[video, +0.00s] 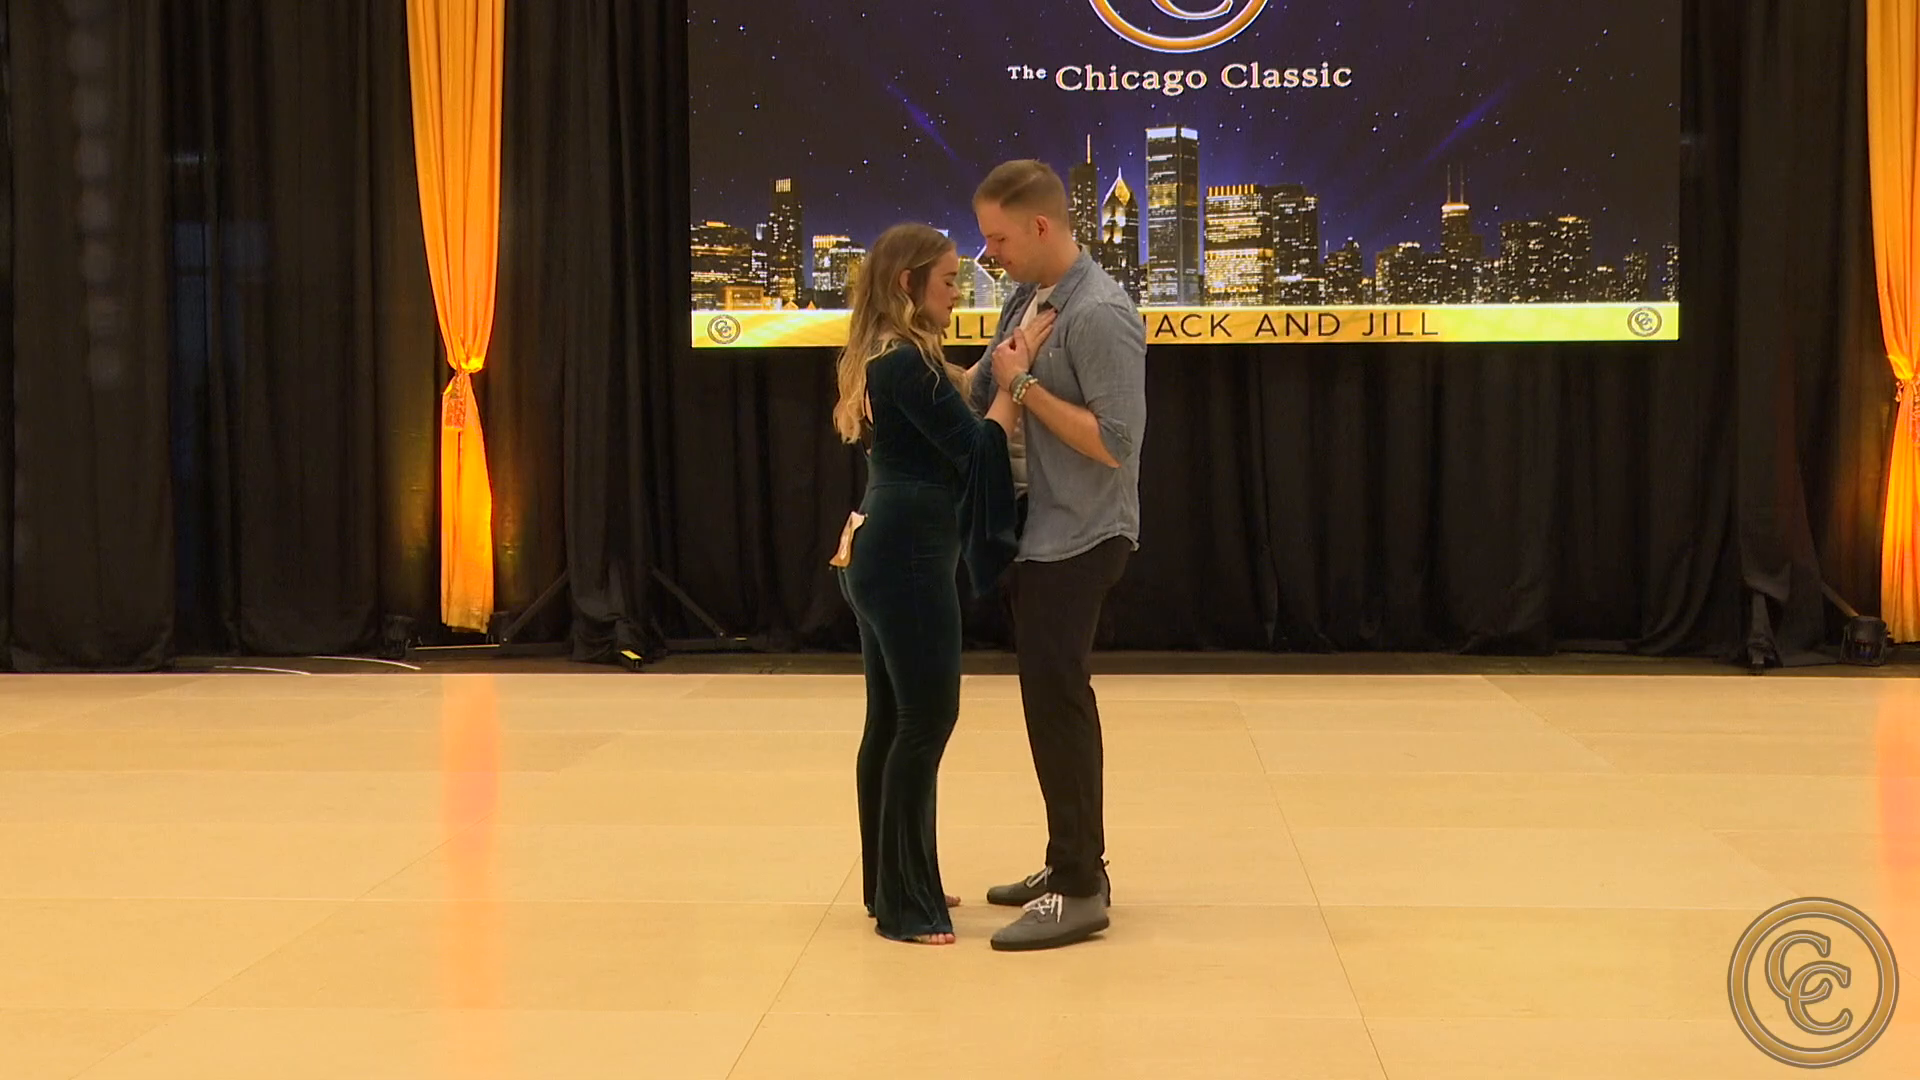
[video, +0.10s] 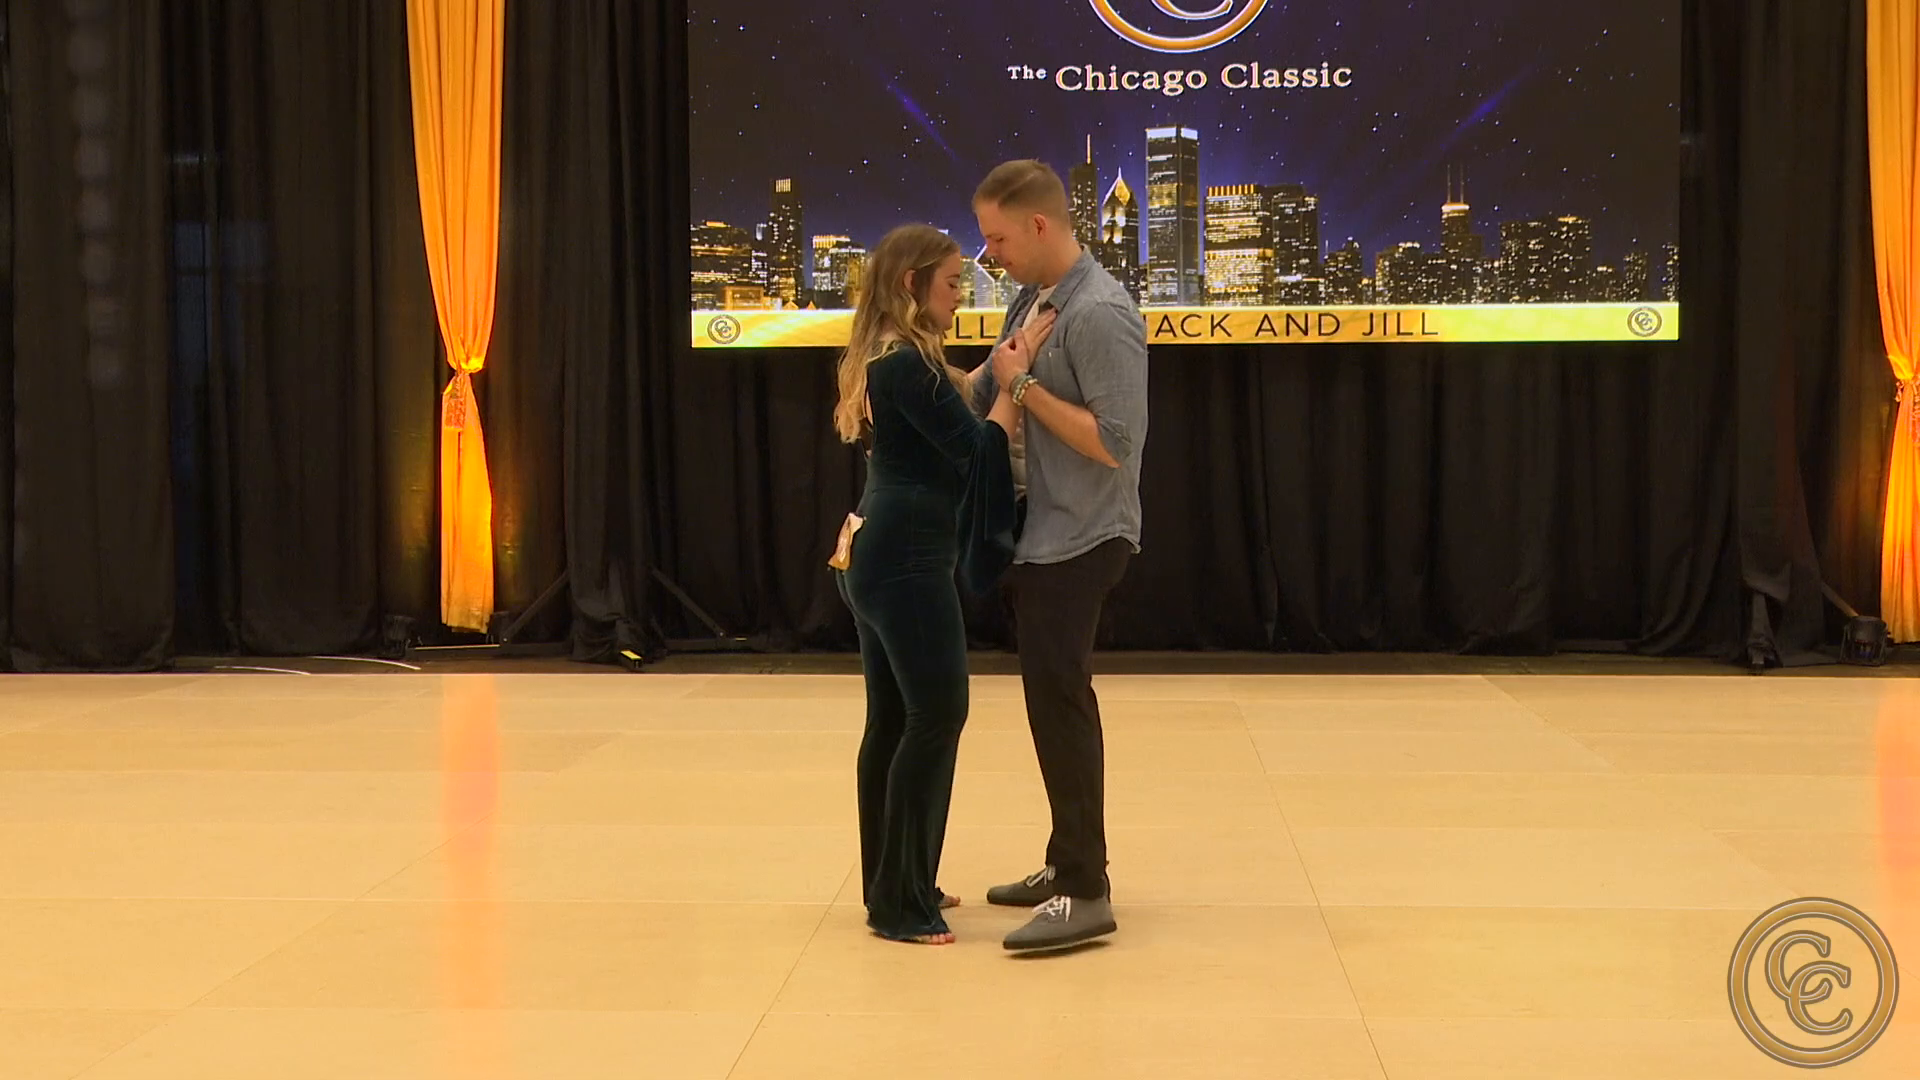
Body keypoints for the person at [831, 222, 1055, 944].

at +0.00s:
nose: (957, 290)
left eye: (958, 279)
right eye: (950, 278)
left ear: (913, 282)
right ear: (912, 281)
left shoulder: (907, 354)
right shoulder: (902, 362)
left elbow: (961, 410)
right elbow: (973, 451)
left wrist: (1003, 361)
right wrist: (1012, 380)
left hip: (886, 555)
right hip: (909, 559)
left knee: (888, 724)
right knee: (927, 722)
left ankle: (888, 887)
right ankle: (906, 901)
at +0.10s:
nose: (961, 294)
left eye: (962, 282)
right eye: (954, 281)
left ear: (915, 284)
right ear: (916, 283)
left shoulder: (904, 355)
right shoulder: (903, 363)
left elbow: (963, 403)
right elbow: (974, 453)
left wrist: (1009, 355)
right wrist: (1008, 389)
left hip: (883, 561)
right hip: (906, 564)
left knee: (891, 723)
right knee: (939, 715)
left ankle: (890, 886)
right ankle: (901, 900)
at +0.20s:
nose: (964, 295)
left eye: (965, 284)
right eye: (956, 282)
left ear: (919, 285)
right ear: (918, 282)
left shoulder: (907, 356)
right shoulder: (903, 362)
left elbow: (957, 416)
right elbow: (975, 449)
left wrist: (1007, 364)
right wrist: (1013, 385)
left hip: (886, 565)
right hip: (908, 569)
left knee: (892, 724)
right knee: (938, 718)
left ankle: (896, 887)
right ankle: (894, 904)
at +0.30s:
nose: (968, 295)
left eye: (969, 283)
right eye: (961, 282)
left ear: (923, 282)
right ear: (922, 279)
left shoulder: (909, 355)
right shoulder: (903, 360)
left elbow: (956, 428)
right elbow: (971, 446)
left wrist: (1009, 375)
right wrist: (1014, 380)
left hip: (891, 568)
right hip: (911, 574)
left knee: (897, 728)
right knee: (929, 728)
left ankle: (898, 890)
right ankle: (889, 910)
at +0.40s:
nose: (970, 295)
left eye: (971, 281)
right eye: (963, 281)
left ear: (925, 280)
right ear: (923, 278)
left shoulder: (913, 353)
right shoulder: (899, 356)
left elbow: (972, 444)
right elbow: (969, 442)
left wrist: (1014, 379)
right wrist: (1020, 377)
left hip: (912, 563)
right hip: (907, 568)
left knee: (916, 726)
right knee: (926, 729)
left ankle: (905, 883)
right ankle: (884, 910)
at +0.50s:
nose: (970, 290)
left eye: (971, 278)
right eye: (960, 277)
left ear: (931, 279)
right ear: (920, 277)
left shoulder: (923, 356)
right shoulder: (894, 355)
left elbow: (975, 446)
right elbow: (962, 440)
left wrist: (1018, 375)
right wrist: (1015, 375)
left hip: (921, 567)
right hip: (894, 571)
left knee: (933, 729)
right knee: (920, 733)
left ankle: (910, 883)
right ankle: (879, 911)